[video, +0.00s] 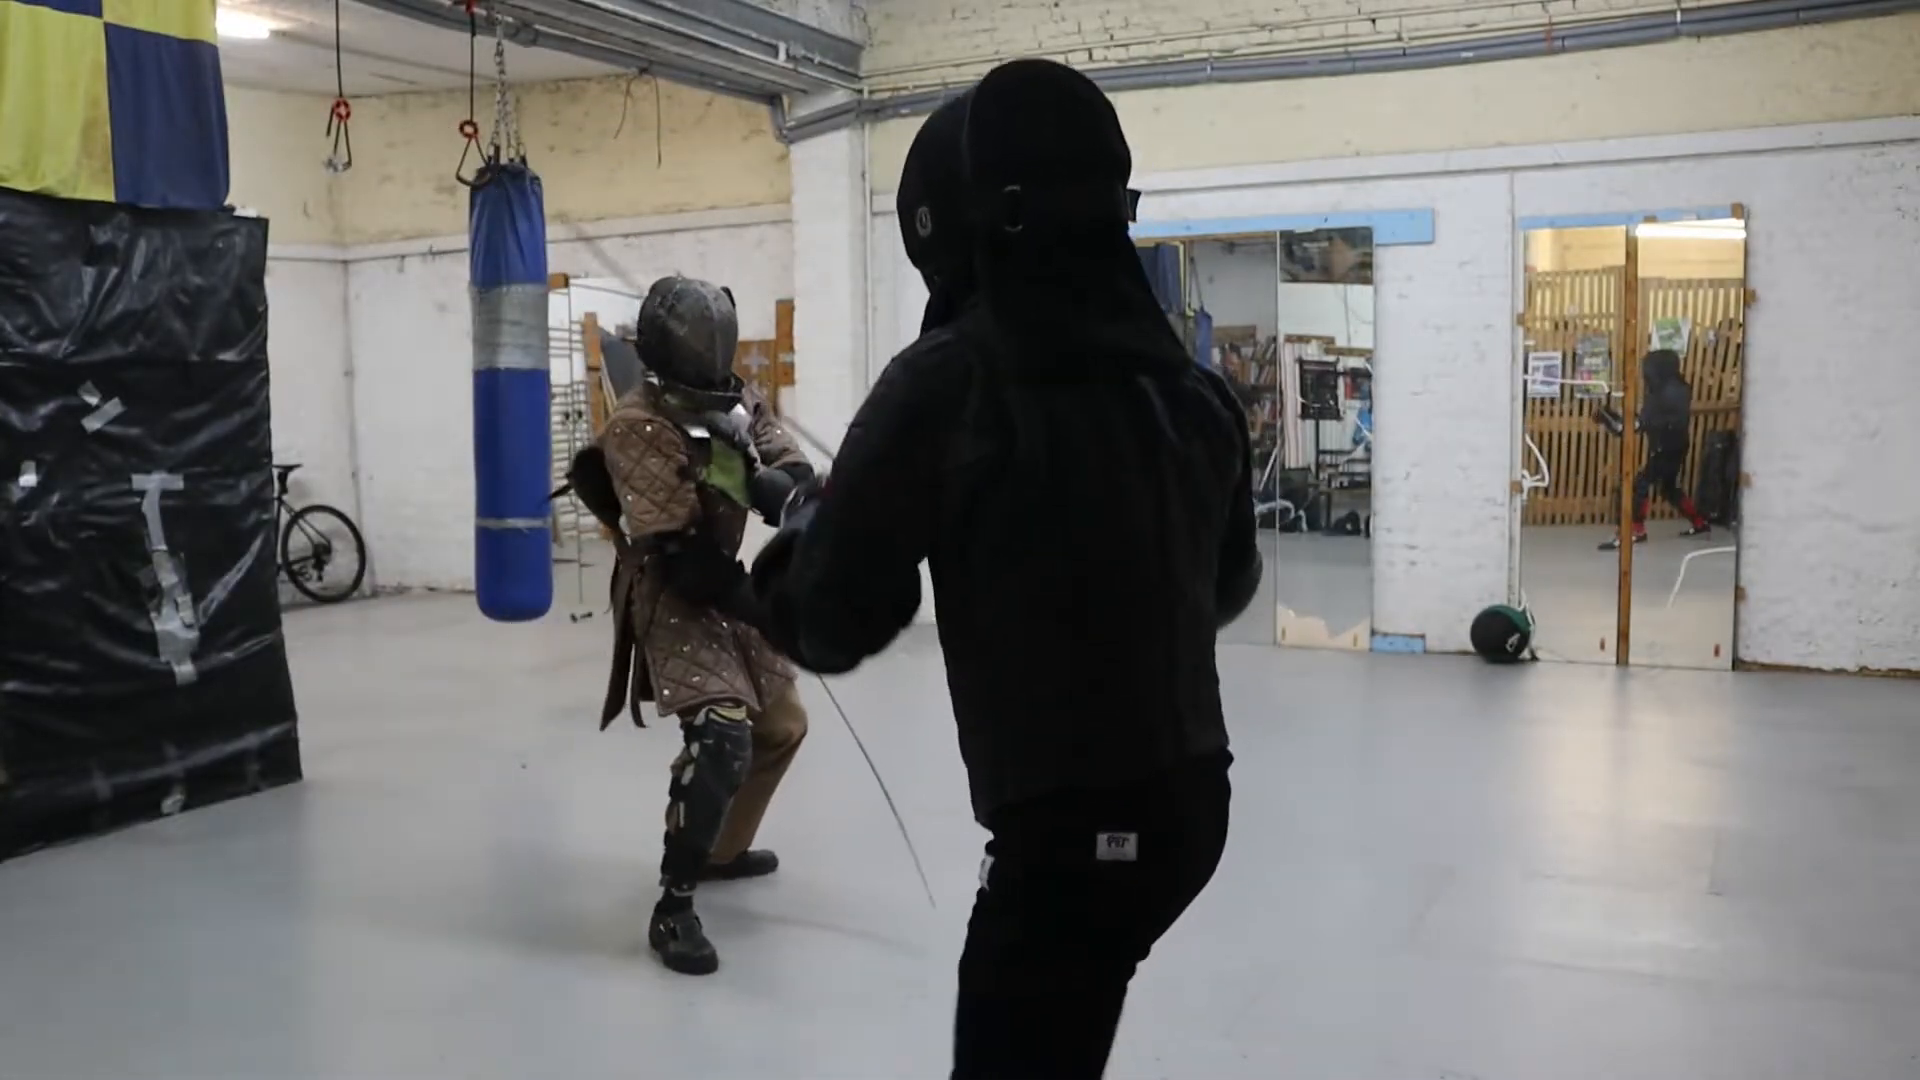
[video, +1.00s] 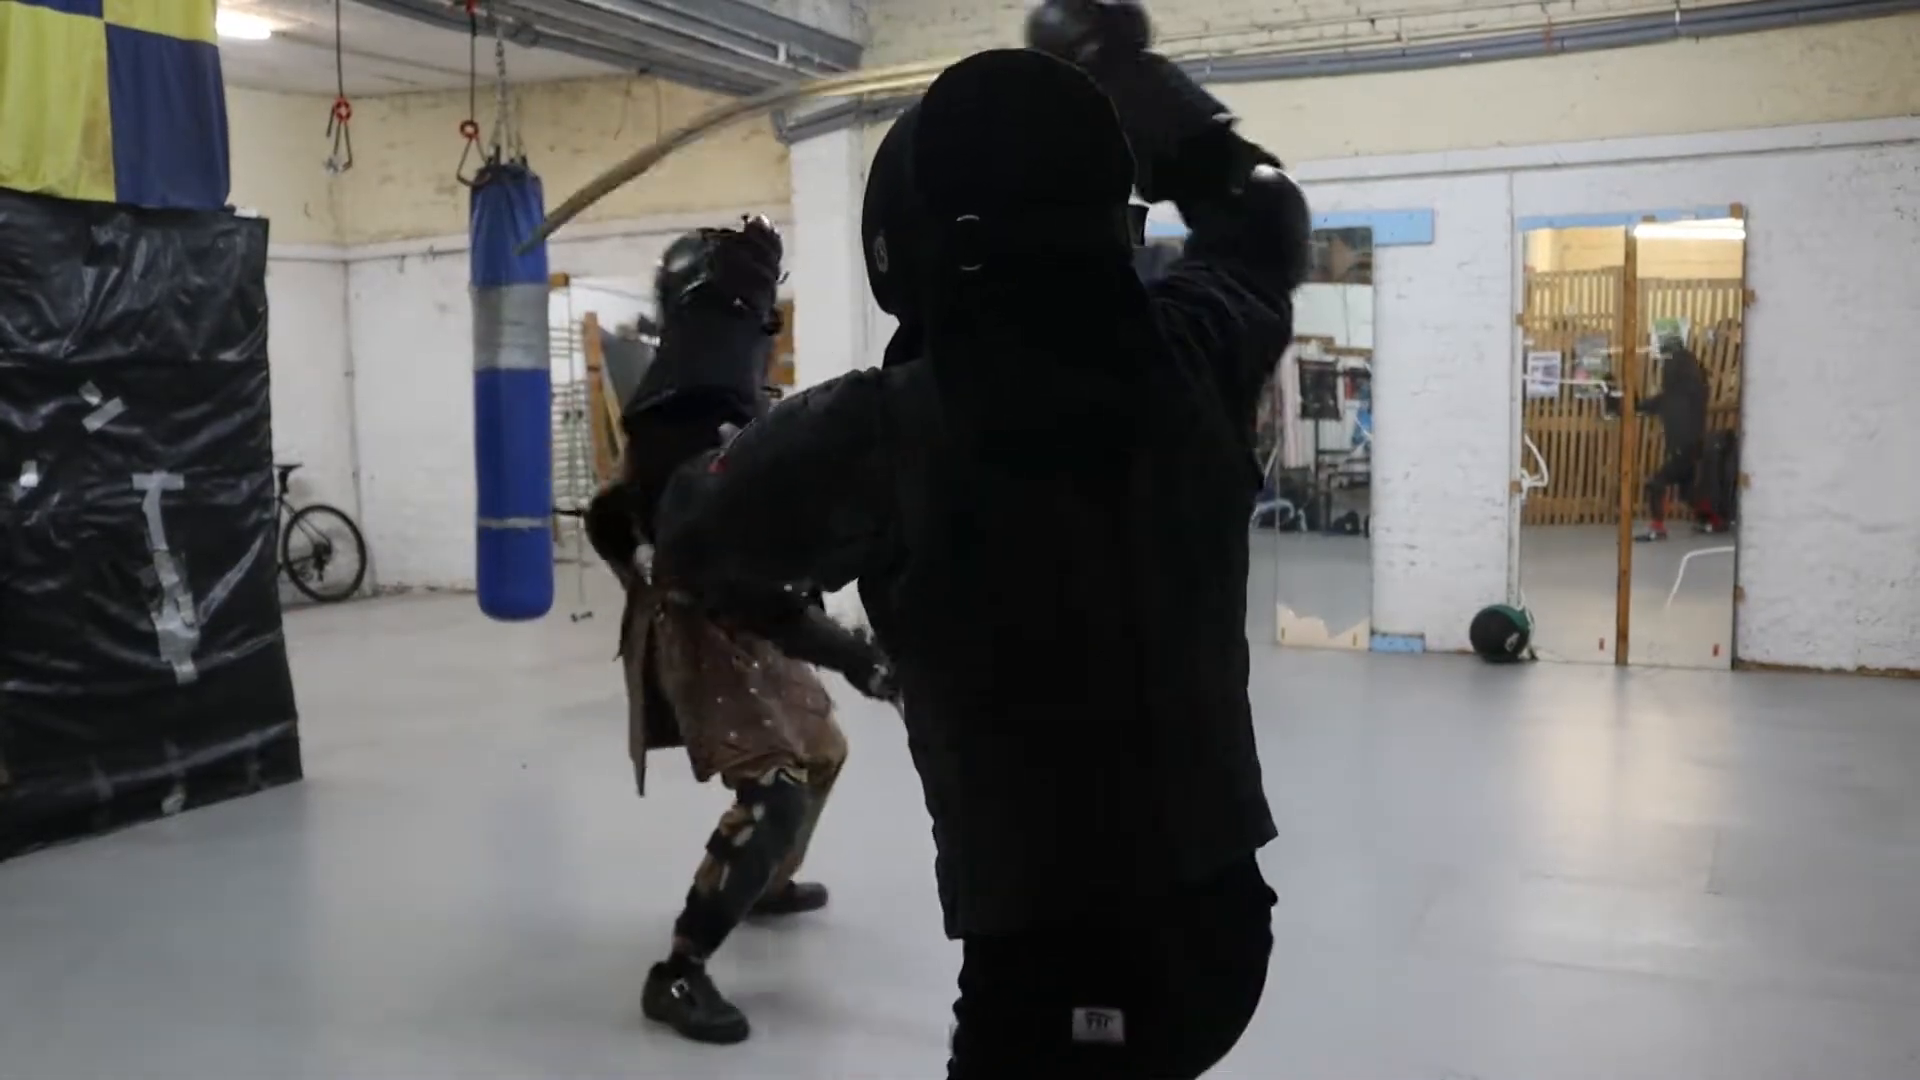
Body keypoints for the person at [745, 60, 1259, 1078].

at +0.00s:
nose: (919, 256)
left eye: (924, 227)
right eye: (917, 229)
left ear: (957, 224)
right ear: (1107, 213)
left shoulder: (941, 386)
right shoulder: (1193, 390)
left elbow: (829, 624)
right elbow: (1226, 585)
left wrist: (795, 533)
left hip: (1057, 824)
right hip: (1189, 803)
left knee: (1005, 1061)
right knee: (1059, 1048)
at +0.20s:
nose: (905, 267)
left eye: (912, 237)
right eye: (902, 238)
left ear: (957, 236)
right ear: (1091, 230)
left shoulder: (928, 406)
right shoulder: (1190, 408)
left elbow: (857, 712)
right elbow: (1248, 640)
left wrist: (789, 679)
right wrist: (1120, 658)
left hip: (1051, 847)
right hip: (1190, 828)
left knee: (1020, 1059)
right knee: (1078, 1044)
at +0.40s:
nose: (892, 272)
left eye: (900, 243)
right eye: (889, 245)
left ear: (949, 239)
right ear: (1077, 230)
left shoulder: (928, 404)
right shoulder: (1177, 405)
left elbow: (817, 678)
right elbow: (1223, 632)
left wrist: (762, 611)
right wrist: (1090, 663)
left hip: (1040, 851)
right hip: (1175, 833)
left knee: (998, 1063)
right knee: (1059, 1056)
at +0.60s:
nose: (898, 282)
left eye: (907, 253)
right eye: (896, 253)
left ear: (950, 255)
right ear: (1090, 251)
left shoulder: (917, 423)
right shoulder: (1157, 425)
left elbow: (743, 591)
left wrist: (758, 450)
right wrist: (862, 443)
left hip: (1032, 897)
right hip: (1161, 875)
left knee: (946, 1063)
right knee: (1013, 1055)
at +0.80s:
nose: (890, 261)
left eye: (899, 232)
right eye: (890, 233)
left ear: (934, 234)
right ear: (1113, 218)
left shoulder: (898, 412)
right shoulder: (1198, 377)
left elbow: (735, 565)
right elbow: (1230, 336)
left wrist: (711, 454)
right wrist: (1123, 261)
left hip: (1011, 938)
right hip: (1188, 915)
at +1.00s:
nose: (872, 244)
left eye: (887, 216)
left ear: (917, 236)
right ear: (1114, 215)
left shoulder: (886, 424)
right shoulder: (1191, 366)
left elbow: (698, 548)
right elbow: (1256, 213)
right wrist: (1129, 70)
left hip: (1032, 949)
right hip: (1219, 924)